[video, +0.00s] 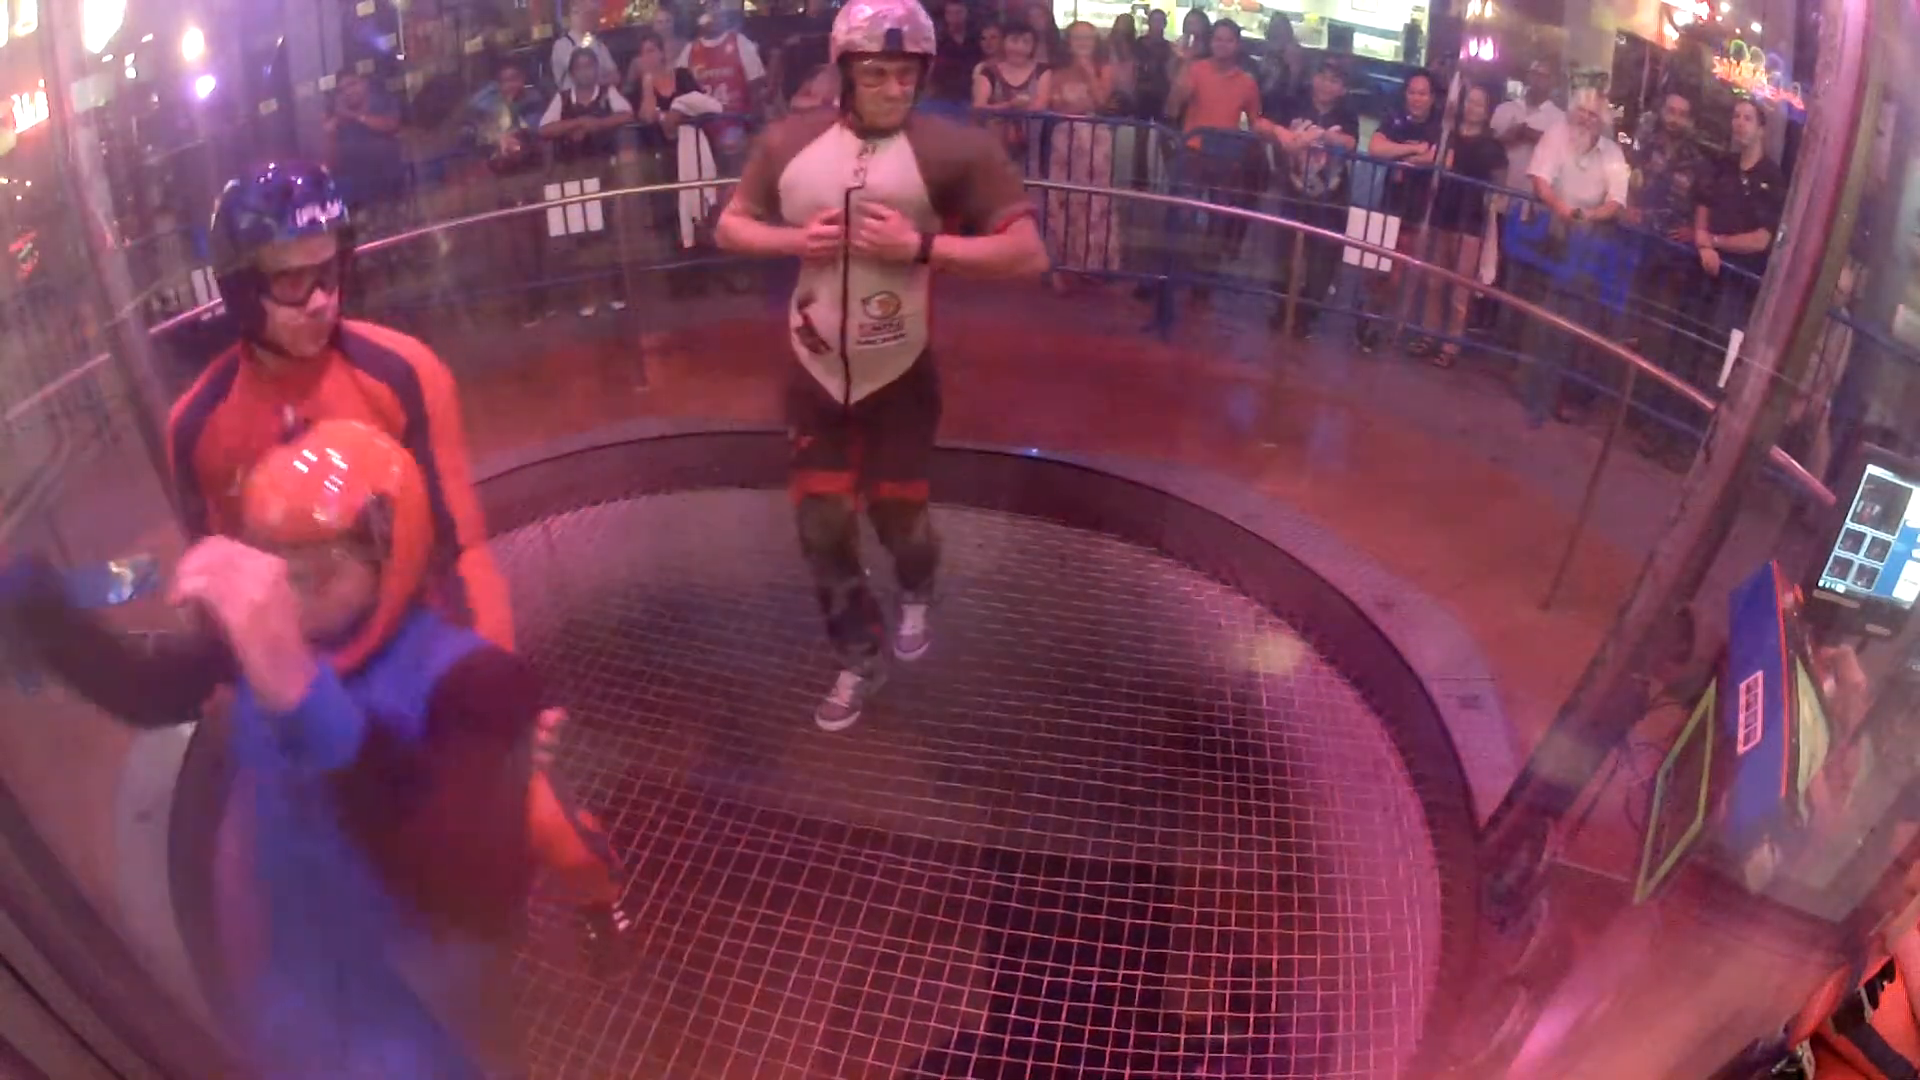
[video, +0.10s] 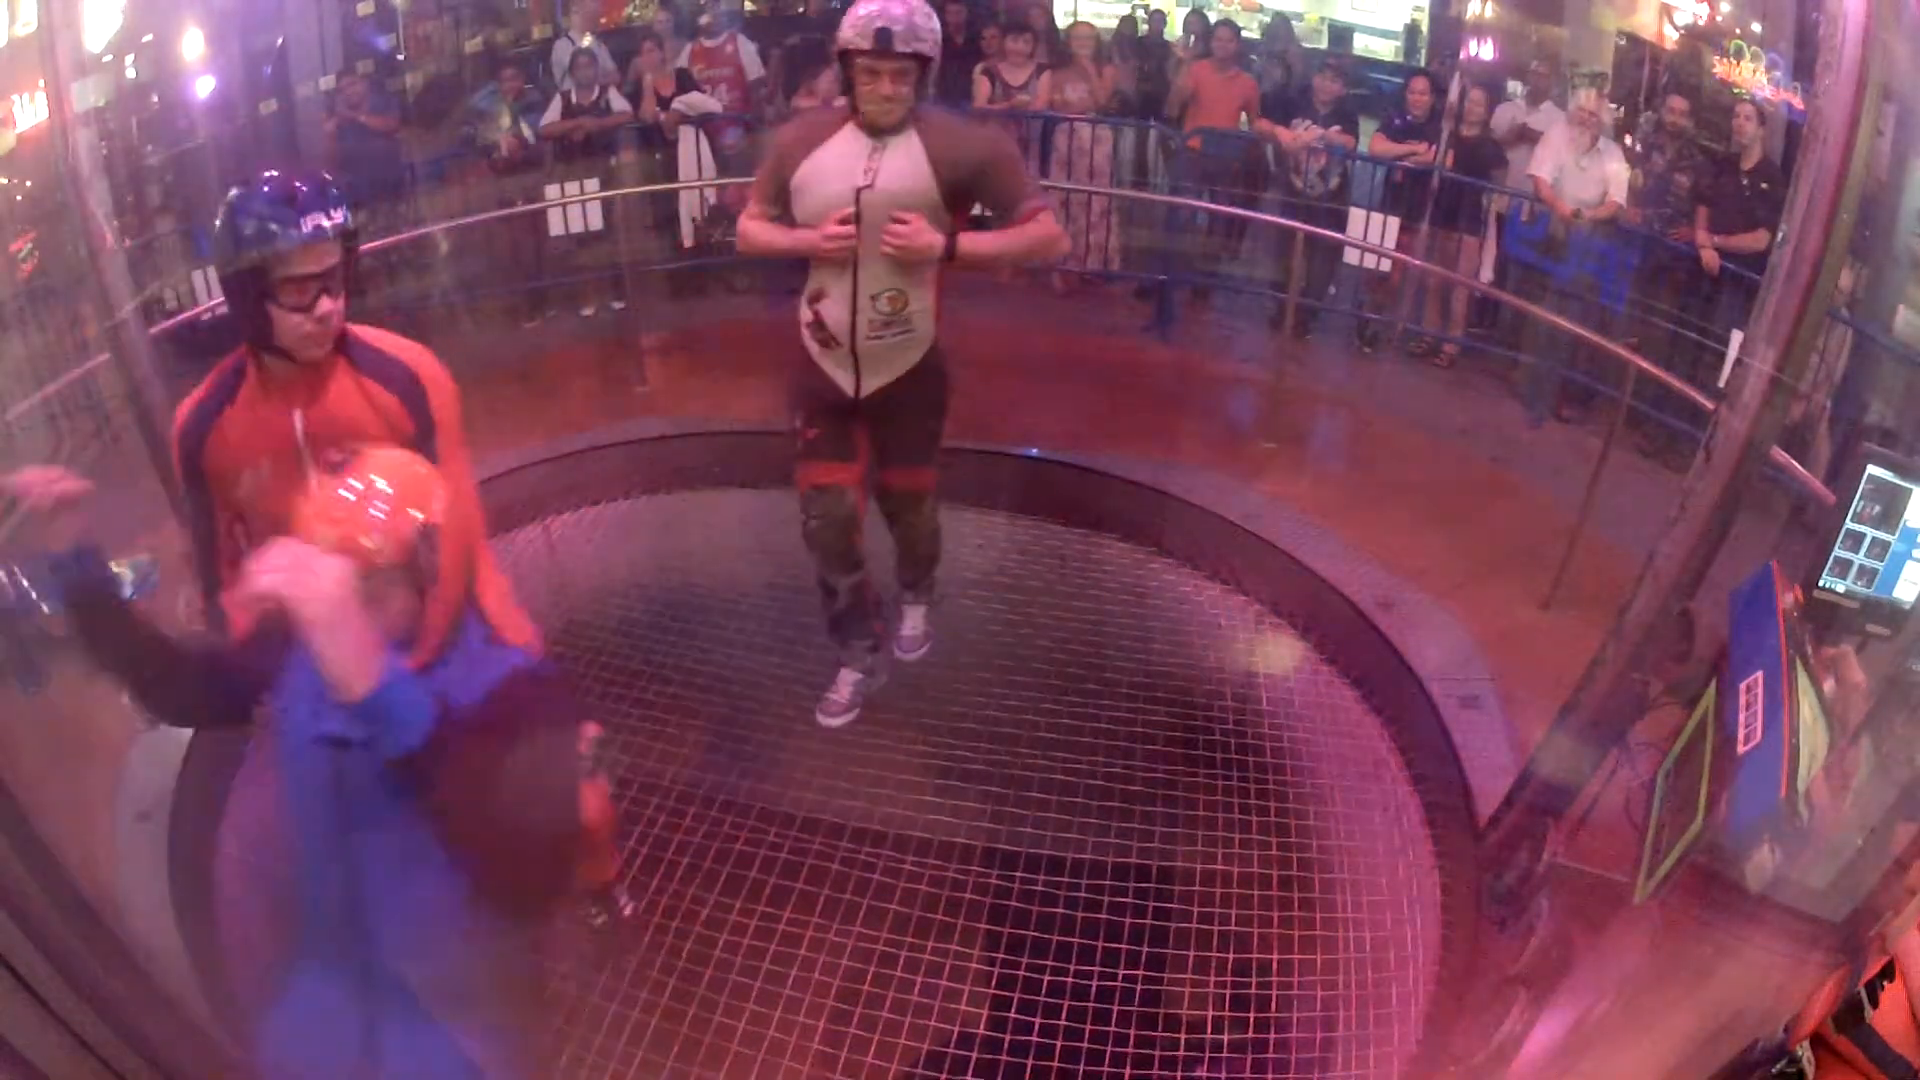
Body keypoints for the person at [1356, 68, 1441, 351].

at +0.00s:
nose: (1417, 99)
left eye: (1423, 93)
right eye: (1412, 93)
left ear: (1433, 98)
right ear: (1405, 95)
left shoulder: (1439, 129)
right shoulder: (1394, 121)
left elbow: (1441, 160)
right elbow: (1375, 148)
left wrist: (1406, 158)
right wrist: (1416, 148)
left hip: (1420, 214)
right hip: (1389, 209)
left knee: (1405, 276)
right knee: (1379, 271)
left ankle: (1394, 326)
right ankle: (1369, 319)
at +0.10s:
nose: (1417, 99)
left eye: (1423, 94)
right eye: (1412, 93)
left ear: (1433, 99)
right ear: (1405, 95)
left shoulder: (1438, 129)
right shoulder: (1394, 121)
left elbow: (1439, 159)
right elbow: (1376, 148)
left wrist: (1403, 157)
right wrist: (1416, 148)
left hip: (1419, 214)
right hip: (1389, 209)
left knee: (1402, 276)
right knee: (1377, 270)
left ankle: (1390, 325)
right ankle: (1369, 319)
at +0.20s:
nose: (1417, 99)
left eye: (1423, 94)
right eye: (1413, 93)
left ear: (1433, 99)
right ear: (1405, 96)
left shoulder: (1438, 129)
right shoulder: (1395, 121)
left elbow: (1439, 159)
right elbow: (1376, 148)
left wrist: (1403, 157)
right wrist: (1416, 148)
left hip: (1420, 214)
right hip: (1389, 209)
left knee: (1403, 276)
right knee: (1378, 270)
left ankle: (1392, 326)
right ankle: (1369, 319)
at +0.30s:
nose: (1417, 99)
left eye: (1423, 94)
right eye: (1412, 93)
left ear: (1433, 99)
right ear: (1405, 96)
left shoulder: (1438, 129)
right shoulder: (1395, 121)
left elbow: (1441, 160)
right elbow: (1376, 148)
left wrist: (1404, 157)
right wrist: (1416, 149)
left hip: (1421, 214)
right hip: (1390, 209)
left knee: (1404, 276)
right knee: (1378, 270)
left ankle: (1392, 326)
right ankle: (1369, 319)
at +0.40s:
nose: (1418, 99)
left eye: (1424, 94)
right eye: (1413, 93)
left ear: (1433, 99)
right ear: (1405, 96)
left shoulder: (1439, 129)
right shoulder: (1395, 121)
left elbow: (1442, 160)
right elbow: (1375, 148)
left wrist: (1405, 158)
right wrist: (1417, 149)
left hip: (1422, 215)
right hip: (1390, 211)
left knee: (1408, 277)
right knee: (1381, 273)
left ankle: (1396, 327)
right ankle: (1369, 321)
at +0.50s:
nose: (1418, 99)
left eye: (1424, 94)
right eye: (1413, 93)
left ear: (1433, 99)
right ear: (1405, 95)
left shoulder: (1438, 129)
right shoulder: (1395, 121)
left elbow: (1440, 159)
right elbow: (1376, 148)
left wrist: (1404, 158)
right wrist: (1416, 149)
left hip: (1421, 214)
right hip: (1390, 210)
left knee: (1407, 276)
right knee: (1381, 272)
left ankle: (1396, 327)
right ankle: (1369, 321)